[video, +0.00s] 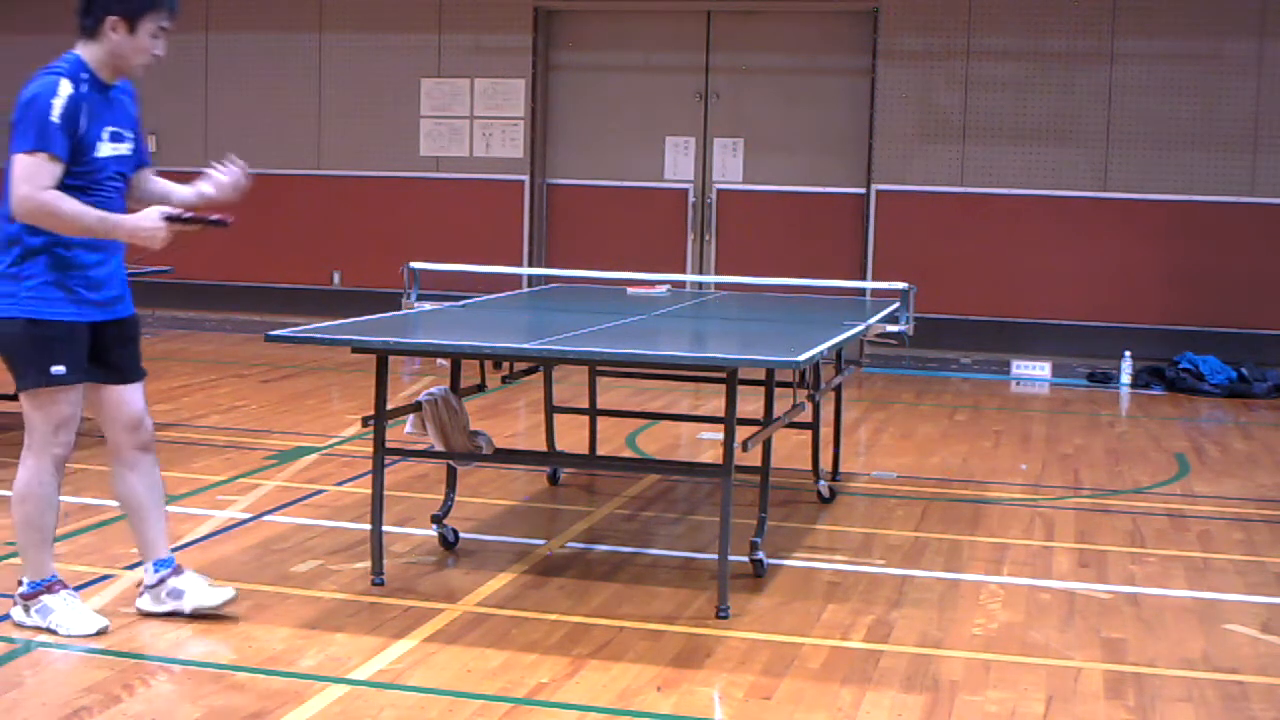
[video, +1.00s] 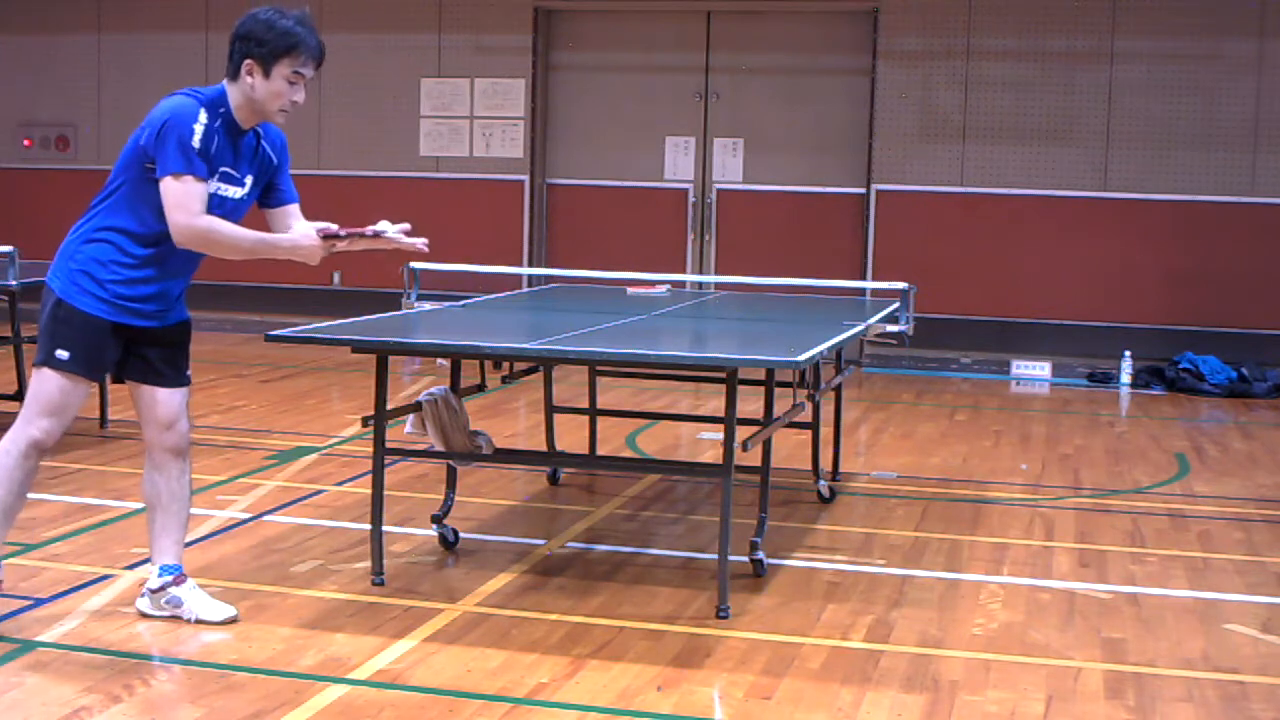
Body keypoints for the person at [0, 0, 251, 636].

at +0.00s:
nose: (161, 48)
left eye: (165, 36)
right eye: (156, 33)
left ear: (121, 29)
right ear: (114, 26)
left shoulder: (123, 96)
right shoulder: (54, 91)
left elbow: (137, 184)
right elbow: (29, 196)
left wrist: (202, 192)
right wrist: (121, 226)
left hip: (106, 294)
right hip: (43, 297)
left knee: (135, 433)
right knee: (50, 440)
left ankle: (160, 577)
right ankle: (36, 591)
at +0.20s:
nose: (217, 62)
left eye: (222, 49)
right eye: (211, 46)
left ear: (187, 44)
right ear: (168, 37)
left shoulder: (184, 111)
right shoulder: (104, 97)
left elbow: (197, 210)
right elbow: (82, 201)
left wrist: (272, 211)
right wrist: (179, 222)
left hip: (136, 295)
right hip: (68, 293)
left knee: (157, 437)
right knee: (72, 439)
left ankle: (164, 581)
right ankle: (34, 589)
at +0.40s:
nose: (262, 74)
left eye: (268, 61)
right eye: (255, 58)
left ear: (233, 56)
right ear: (214, 49)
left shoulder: (231, 121)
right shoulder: (149, 102)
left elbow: (241, 217)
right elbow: (134, 208)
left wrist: (313, 218)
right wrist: (228, 230)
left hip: (157, 295)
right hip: (90, 290)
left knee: (169, 437)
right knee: (77, 438)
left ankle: (164, 581)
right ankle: (37, 581)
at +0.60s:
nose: (290, 80)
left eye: (294, 67)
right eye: (282, 64)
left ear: (251, 64)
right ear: (239, 57)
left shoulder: (256, 131)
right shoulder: (171, 107)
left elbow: (274, 229)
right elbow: (165, 215)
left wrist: (347, 222)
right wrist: (261, 237)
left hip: (165, 298)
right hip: (97, 289)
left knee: (173, 438)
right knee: (67, 434)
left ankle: (166, 582)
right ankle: (21, 578)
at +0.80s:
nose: (303, 89)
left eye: (307, 77)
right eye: (296, 74)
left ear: (263, 71)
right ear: (252, 64)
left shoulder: (269, 140)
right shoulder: (185, 112)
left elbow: (289, 238)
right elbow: (180, 221)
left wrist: (362, 233)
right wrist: (279, 241)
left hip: (167, 300)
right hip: (97, 287)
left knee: (175, 437)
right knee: (51, 431)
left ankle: (166, 581)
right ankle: (5, 573)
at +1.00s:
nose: (300, 96)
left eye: (306, 83)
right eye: (294, 80)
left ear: (263, 75)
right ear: (250, 69)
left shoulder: (269, 145)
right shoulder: (185, 118)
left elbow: (295, 235)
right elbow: (186, 226)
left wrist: (371, 238)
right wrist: (289, 248)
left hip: (160, 300)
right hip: (91, 286)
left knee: (170, 440)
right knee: (37, 432)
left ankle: (164, 582)